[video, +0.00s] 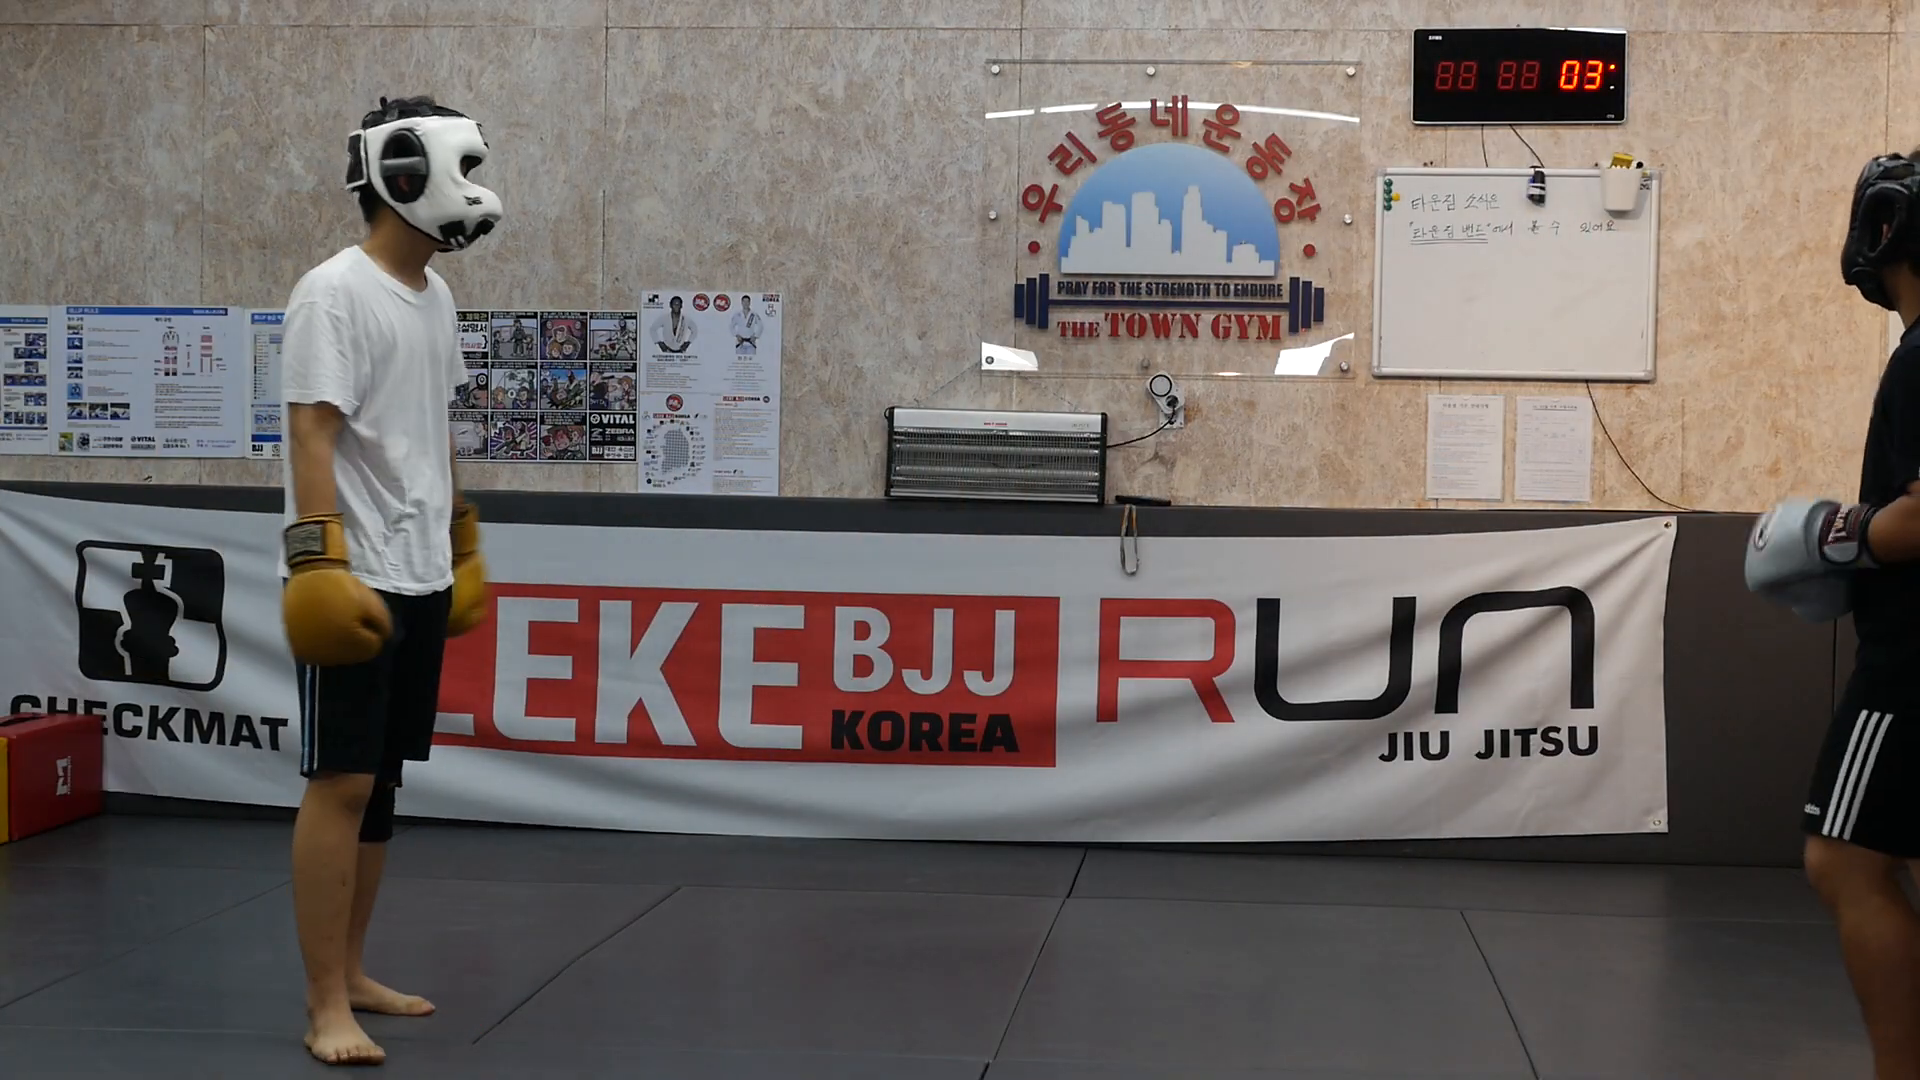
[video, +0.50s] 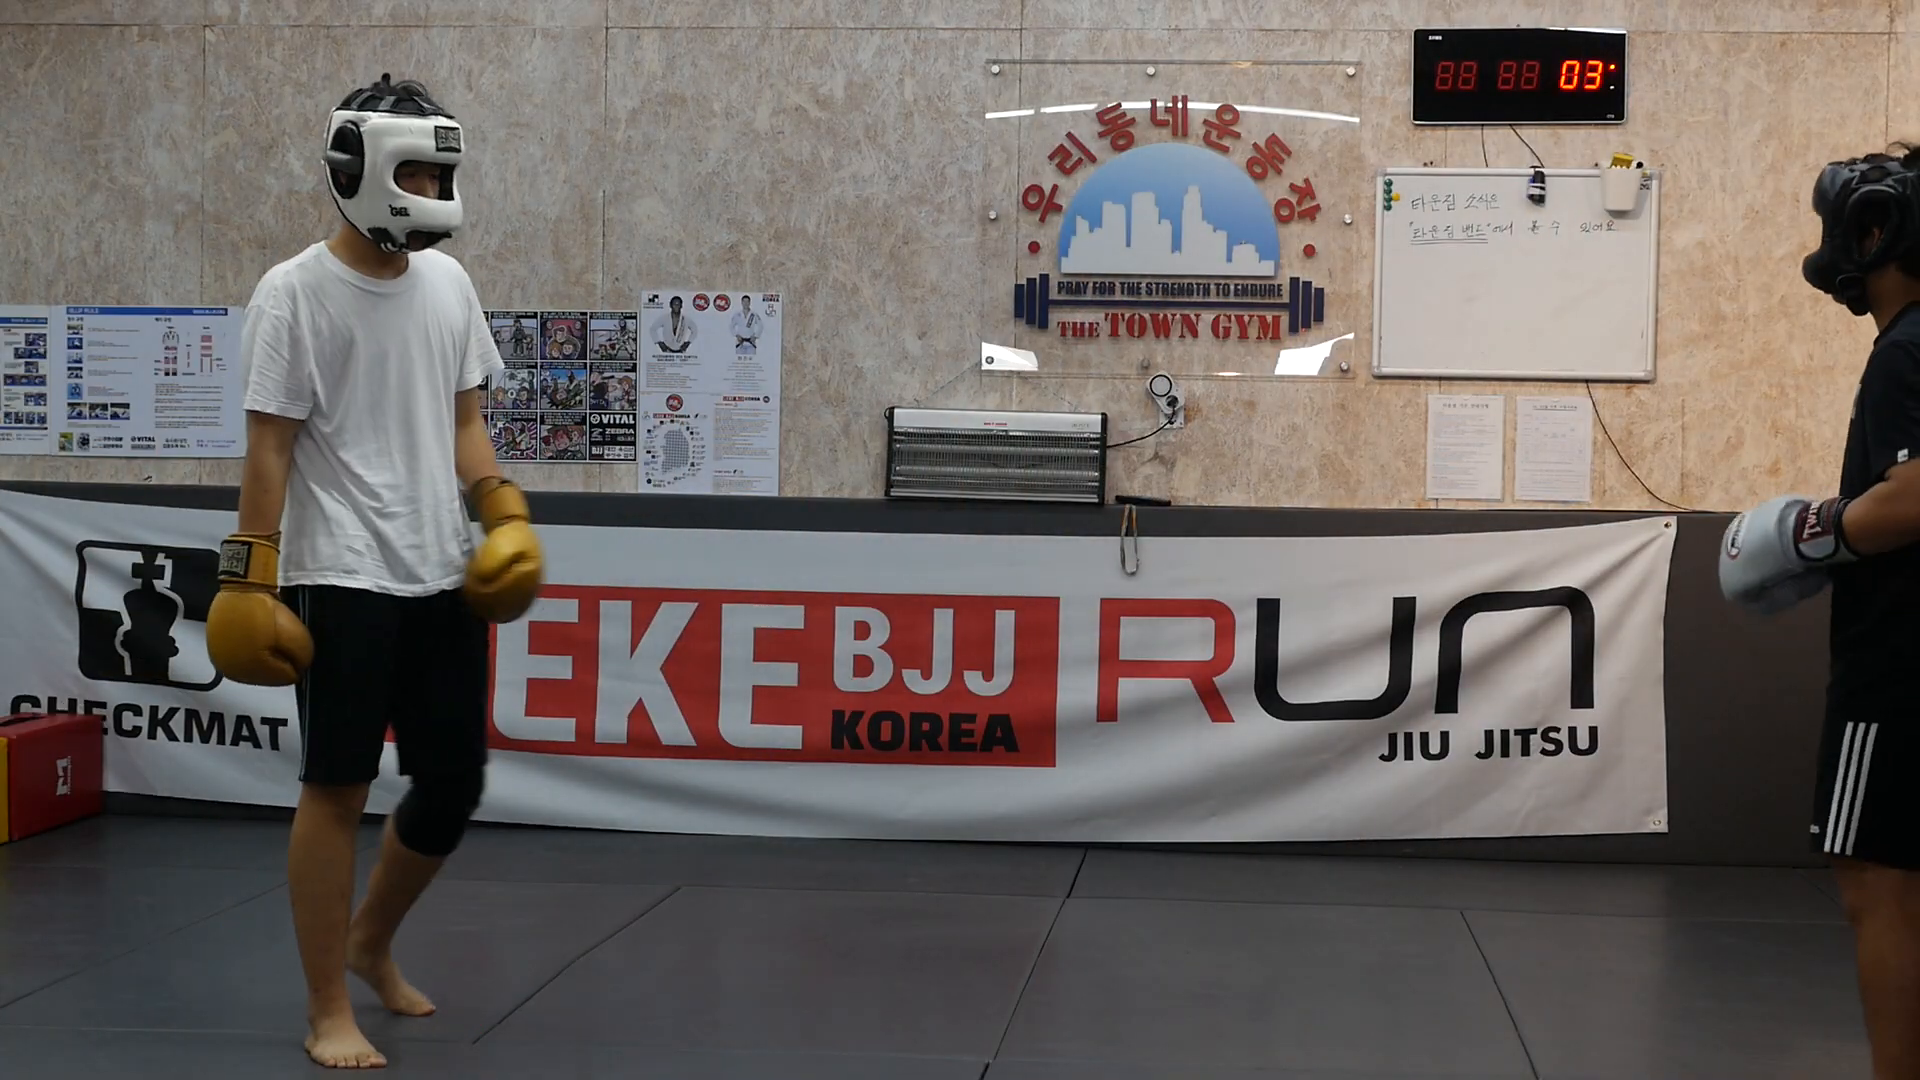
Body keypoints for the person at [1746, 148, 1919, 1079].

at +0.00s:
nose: (1863, 264)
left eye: (1867, 245)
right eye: (1868, 247)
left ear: (1886, 240)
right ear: (1909, 242)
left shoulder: (1919, 356)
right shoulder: (1911, 351)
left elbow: (1913, 509)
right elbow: (1907, 501)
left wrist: (1847, 535)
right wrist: (1852, 544)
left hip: (1907, 657)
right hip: (1900, 649)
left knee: (1843, 859)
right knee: (1875, 856)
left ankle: (1899, 1063)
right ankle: (1899, 1059)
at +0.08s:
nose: (1859, 261)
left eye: (1860, 241)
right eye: (1863, 244)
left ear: (1879, 234)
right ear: (1909, 235)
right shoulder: (1911, 350)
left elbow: (1913, 504)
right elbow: (1906, 501)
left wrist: (1849, 519)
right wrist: (1846, 556)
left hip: (1911, 652)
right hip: (1902, 645)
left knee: (1856, 864)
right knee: (1873, 862)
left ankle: (1897, 1066)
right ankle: (1896, 1062)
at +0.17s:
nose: (1854, 274)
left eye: (1854, 255)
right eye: (1856, 258)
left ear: (1873, 246)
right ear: (1905, 248)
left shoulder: (1918, 358)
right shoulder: (1909, 355)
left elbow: (1912, 510)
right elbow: (1907, 507)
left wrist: (1844, 528)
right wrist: (1845, 564)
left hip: (1911, 659)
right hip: (1901, 651)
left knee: (1858, 869)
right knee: (1868, 868)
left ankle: (1894, 1064)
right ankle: (1893, 1060)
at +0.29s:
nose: (1843, 277)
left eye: (1845, 258)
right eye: (1844, 259)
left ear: (1872, 250)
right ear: (1896, 251)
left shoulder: (1913, 359)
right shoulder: (1904, 355)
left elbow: (1911, 511)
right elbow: (1904, 509)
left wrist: (1833, 542)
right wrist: (1848, 570)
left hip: (1904, 665)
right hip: (1894, 656)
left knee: (1863, 869)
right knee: (1873, 870)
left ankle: (1897, 1064)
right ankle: (1897, 1060)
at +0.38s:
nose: (1845, 273)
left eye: (1847, 253)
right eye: (1846, 256)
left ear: (1872, 244)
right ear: (1899, 244)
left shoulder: (1910, 351)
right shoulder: (1901, 346)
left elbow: (1908, 495)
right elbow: (1901, 496)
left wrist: (1828, 528)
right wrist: (1839, 558)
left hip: (1900, 662)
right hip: (1890, 653)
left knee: (1876, 876)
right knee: (1878, 873)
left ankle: (1897, 1064)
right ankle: (1896, 1062)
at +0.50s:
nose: (1840, 276)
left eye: (1843, 255)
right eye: (1839, 259)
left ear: (1876, 244)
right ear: (1899, 244)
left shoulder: (1907, 347)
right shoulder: (1904, 343)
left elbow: (1909, 491)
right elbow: (1900, 491)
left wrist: (1819, 532)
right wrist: (1823, 534)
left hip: (1895, 669)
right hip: (1892, 662)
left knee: (1875, 881)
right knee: (1881, 879)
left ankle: (1896, 1064)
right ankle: (1897, 1060)